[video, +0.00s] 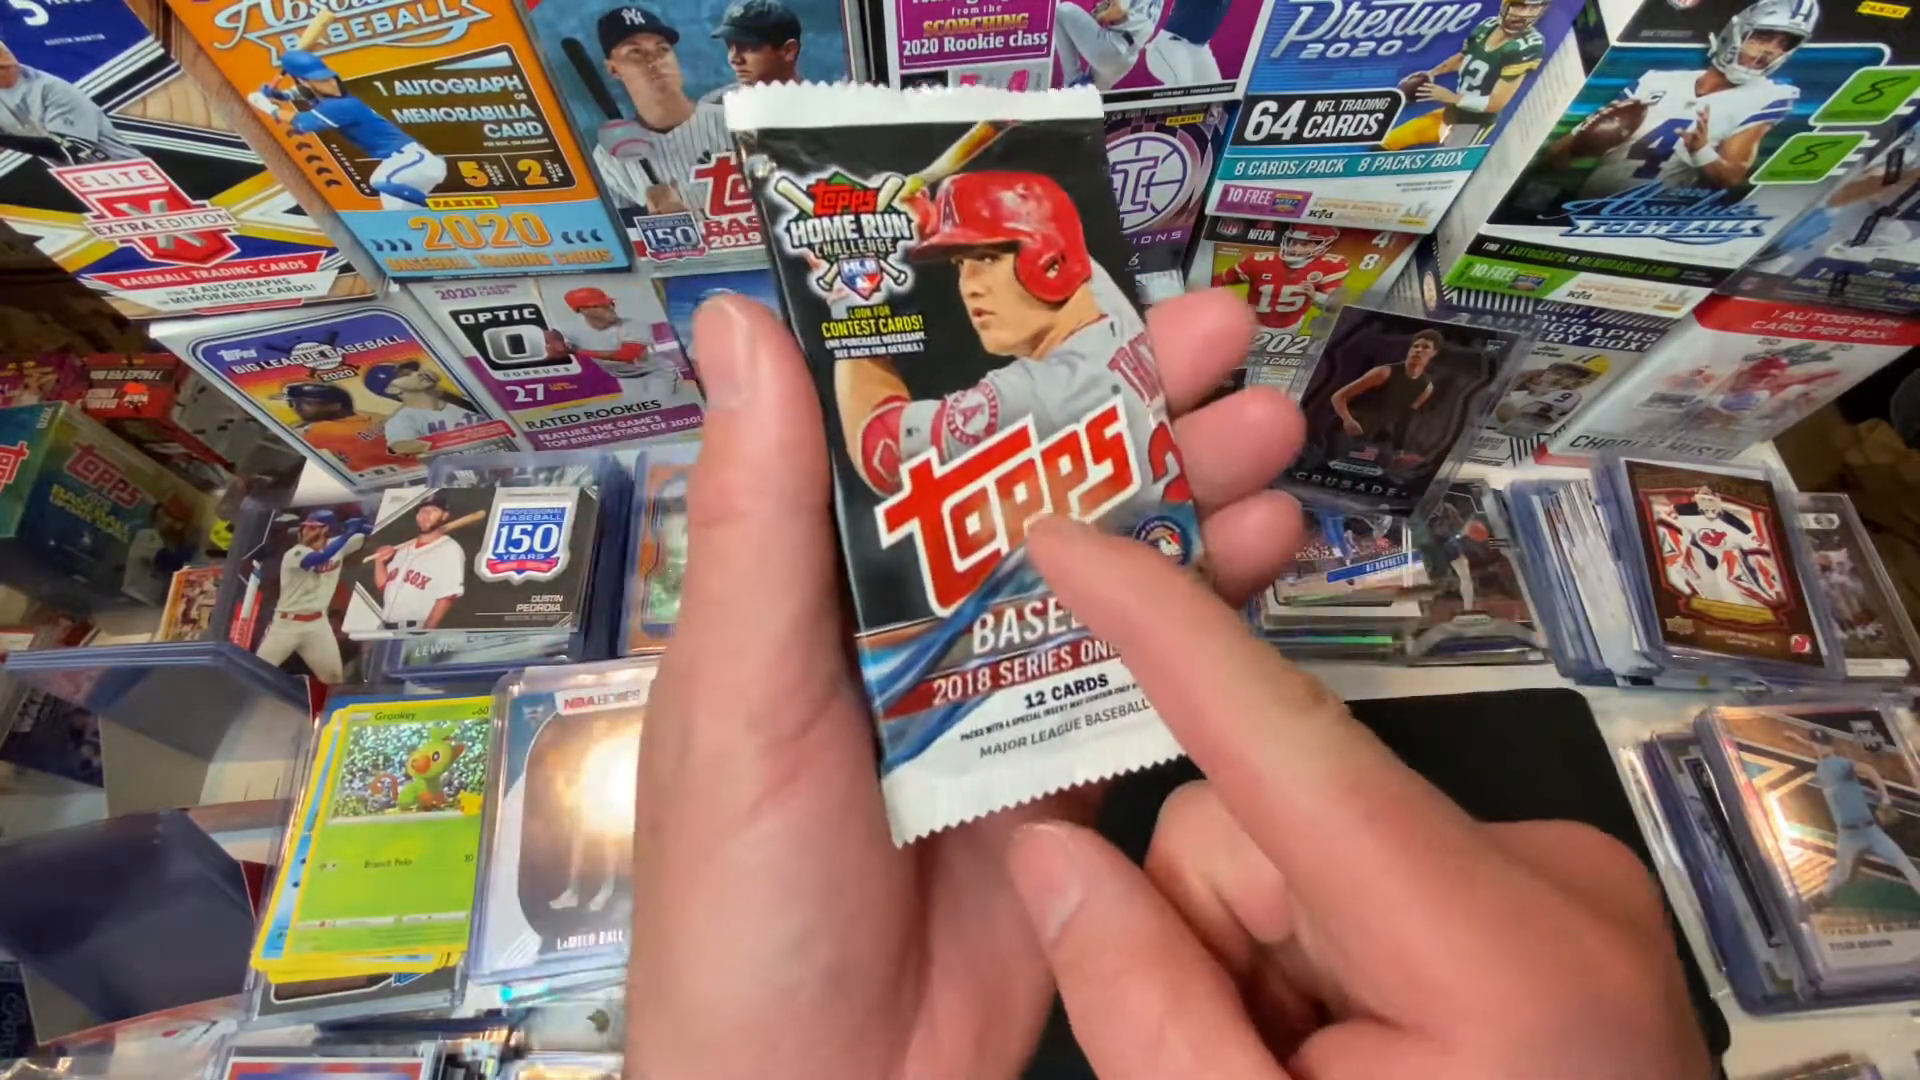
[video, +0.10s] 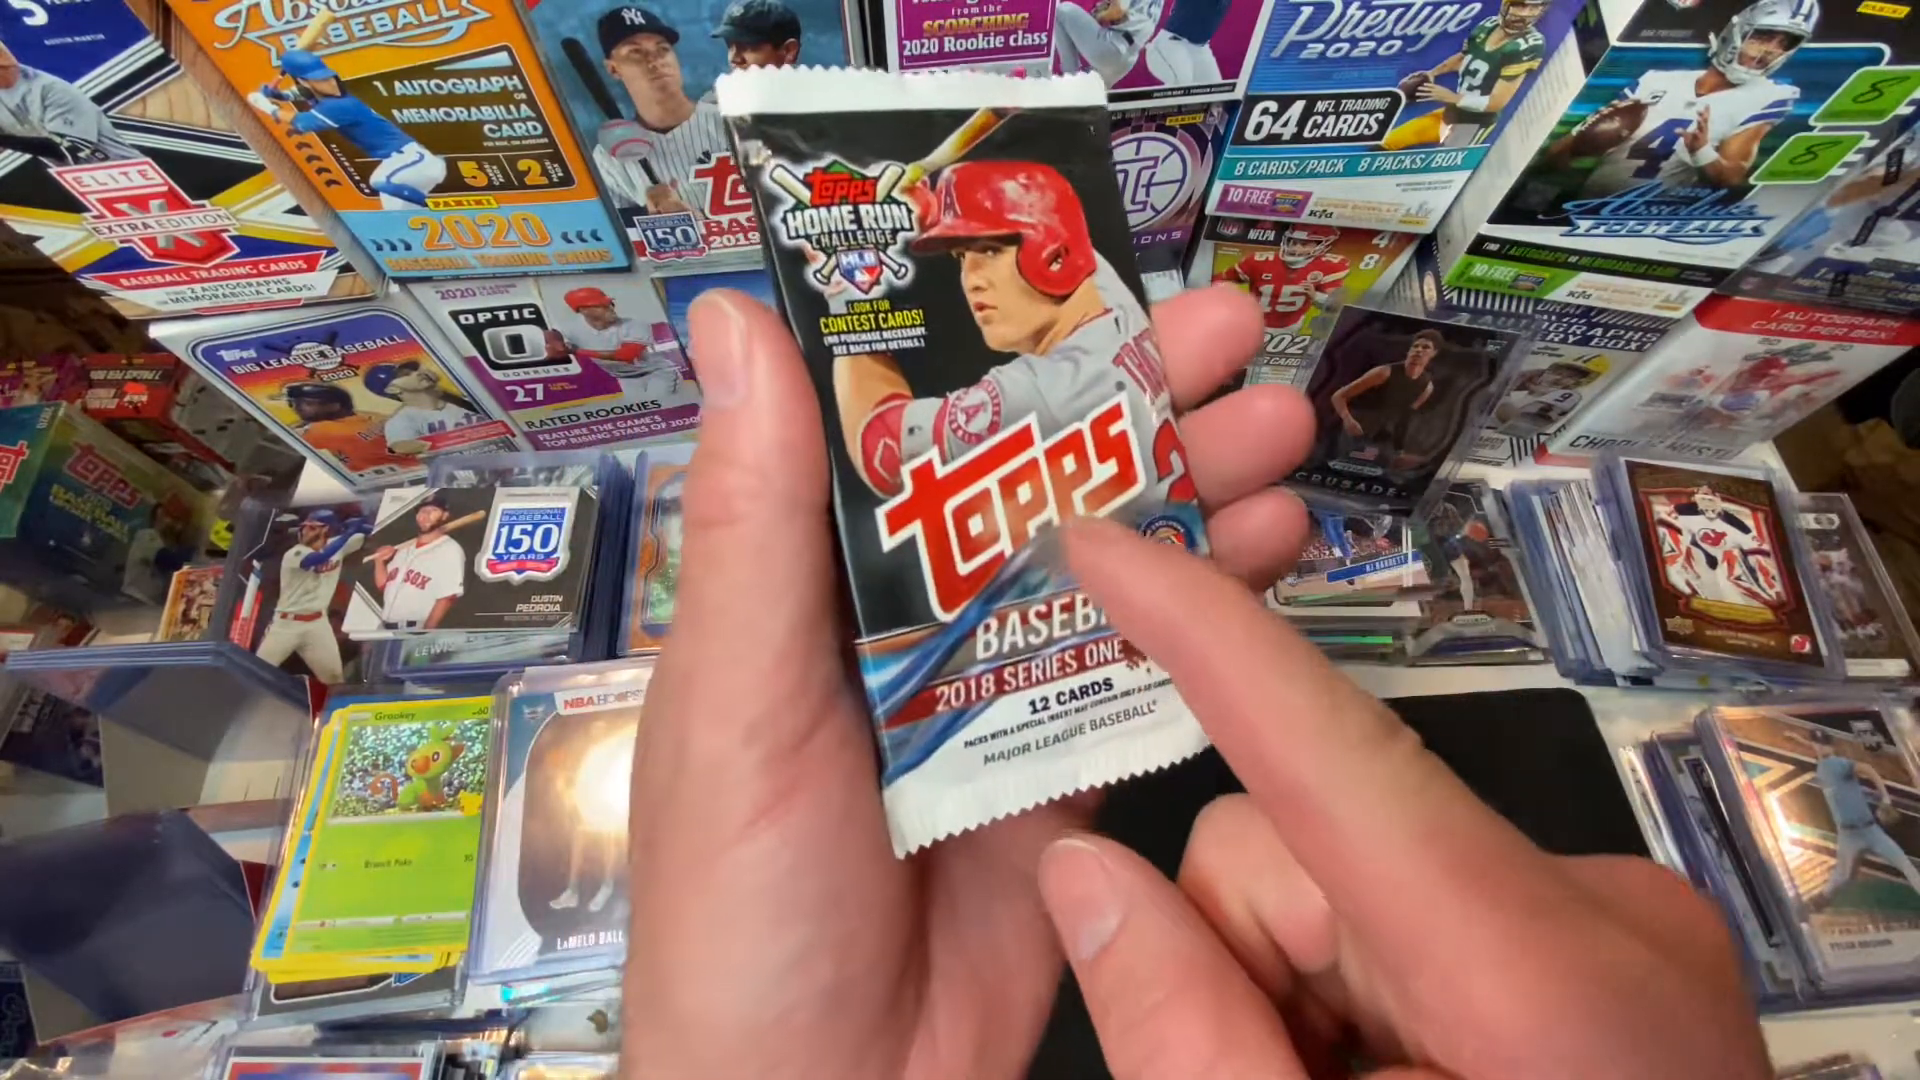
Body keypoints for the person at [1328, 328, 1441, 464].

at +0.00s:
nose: (1418, 350)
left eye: (1425, 347)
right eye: (1415, 346)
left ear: (1434, 354)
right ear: (1409, 349)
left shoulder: (1426, 389)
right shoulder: (1384, 373)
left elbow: (1405, 417)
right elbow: (1338, 397)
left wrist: (1400, 450)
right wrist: (1347, 420)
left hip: (1384, 441)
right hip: (1357, 435)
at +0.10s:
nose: (1419, 350)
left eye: (1426, 347)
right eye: (1416, 346)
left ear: (1433, 354)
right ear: (1409, 350)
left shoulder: (1426, 388)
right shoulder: (1384, 373)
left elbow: (1405, 415)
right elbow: (1338, 396)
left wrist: (1399, 450)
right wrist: (1348, 420)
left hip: (1385, 439)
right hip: (1357, 434)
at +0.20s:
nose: (1418, 350)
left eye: (1425, 347)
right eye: (1416, 346)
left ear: (1433, 354)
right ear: (1409, 350)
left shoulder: (1426, 388)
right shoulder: (1384, 373)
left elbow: (1404, 416)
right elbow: (1338, 397)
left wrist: (1399, 451)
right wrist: (1348, 420)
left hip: (1384, 440)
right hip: (1357, 434)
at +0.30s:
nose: (1418, 350)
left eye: (1425, 347)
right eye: (1415, 346)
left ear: (1433, 354)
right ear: (1409, 350)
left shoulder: (1426, 389)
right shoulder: (1384, 373)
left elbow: (1404, 416)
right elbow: (1338, 398)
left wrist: (1399, 451)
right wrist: (1348, 421)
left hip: (1384, 440)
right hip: (1357, 434)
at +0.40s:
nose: (1418, 351)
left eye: (1425, 347)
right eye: (1415, 346)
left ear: (1433, 355)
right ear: (1409, 350)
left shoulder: (1426, 388)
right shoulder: (1384, 373)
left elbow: (1404, 416)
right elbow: (1338, 397)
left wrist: (1399, 451)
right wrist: (1348, 421)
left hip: (1384, 442)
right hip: (1358, 436)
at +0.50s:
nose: (1418, 350)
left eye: (1425, 347)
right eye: (1415, 346)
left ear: (1433, 355)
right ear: (1409, 350)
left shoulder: (1426, 389)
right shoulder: (1384, 373)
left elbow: (1404, 416)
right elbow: (1338, 397)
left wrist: (1399, 451)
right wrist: (1348, 421)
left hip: (1384, 442)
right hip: (1357, 435)